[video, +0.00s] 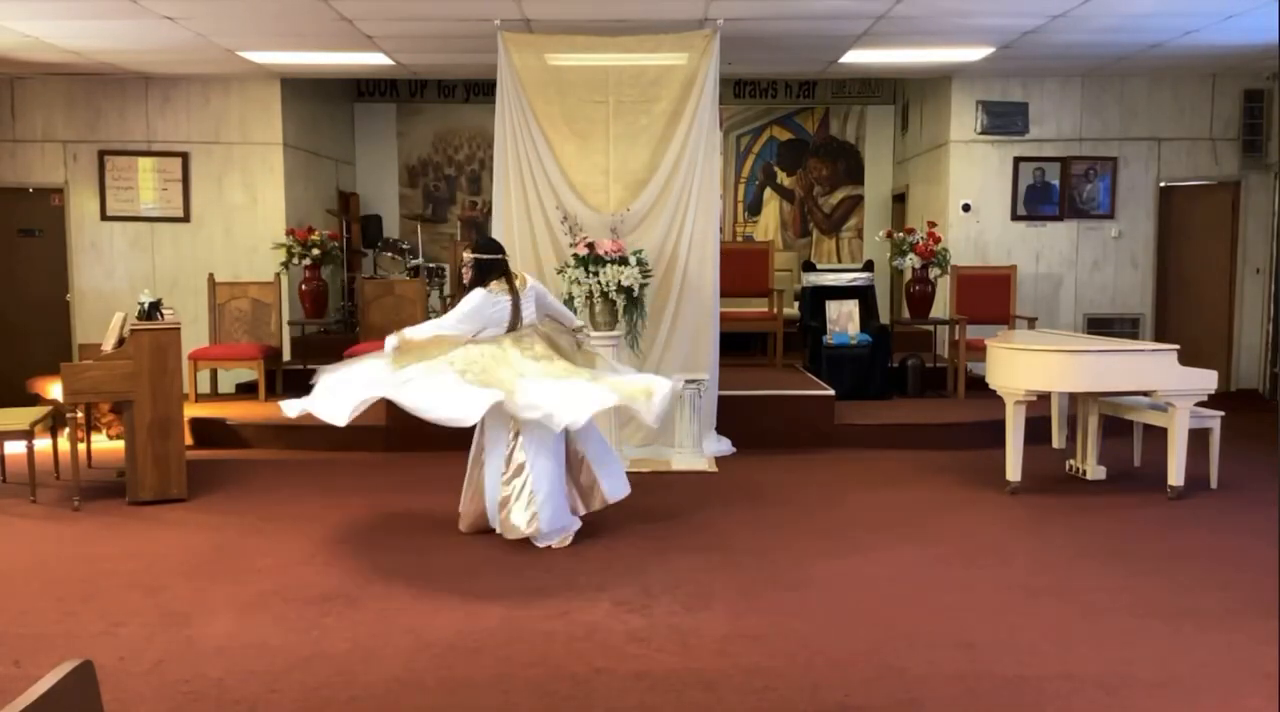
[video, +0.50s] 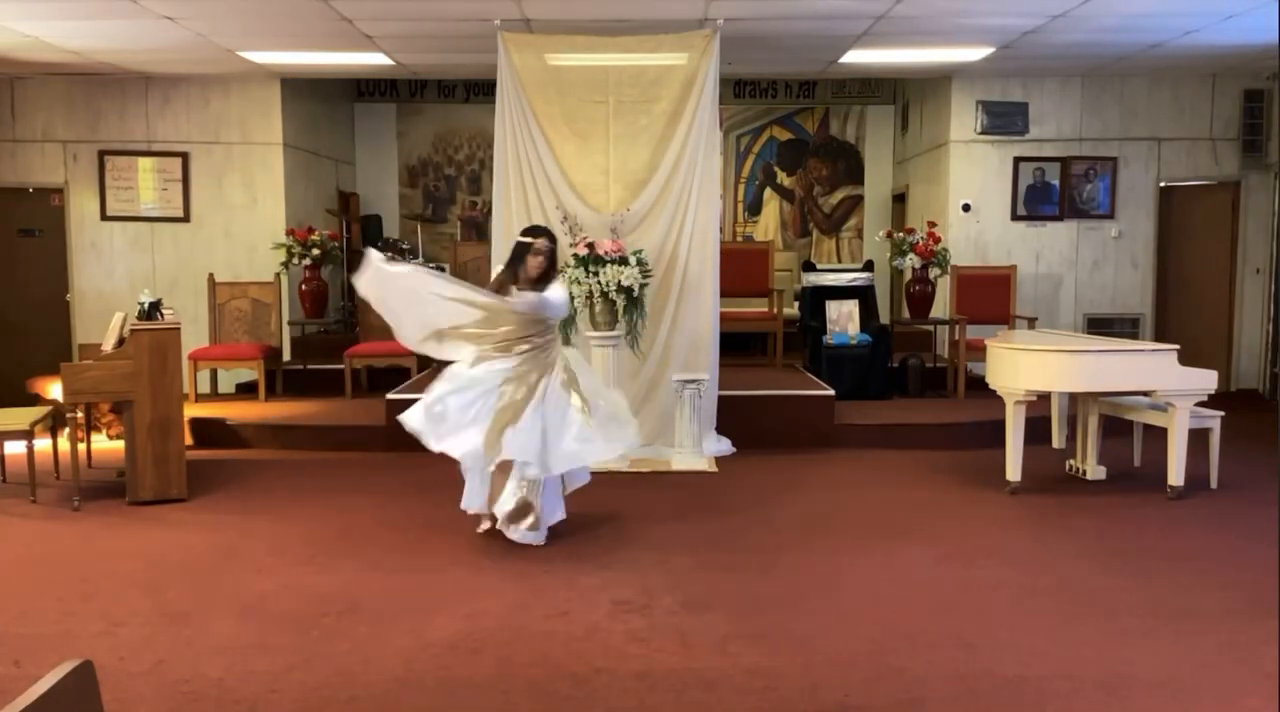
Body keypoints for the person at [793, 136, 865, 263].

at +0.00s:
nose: (817, 176)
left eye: (822, 169)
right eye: (813, 170)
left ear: (839, 166)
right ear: (808, 172)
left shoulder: (854, 193)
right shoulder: (818, 194)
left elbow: (828, 227)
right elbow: (800, 233)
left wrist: (808, 196)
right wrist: (799, 198)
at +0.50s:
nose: (817, 176)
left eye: (823, 169)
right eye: (813, 170)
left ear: (839, 166)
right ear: (808, 172)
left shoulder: (854, 193)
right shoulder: (818, 194)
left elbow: (828, 227)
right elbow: (800, 233)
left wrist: (808, 197)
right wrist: (799, 198)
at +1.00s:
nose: (817, 176)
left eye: (823, 169)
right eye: (813, 170)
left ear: (839, 166)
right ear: (808, 172)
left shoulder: (854, 193)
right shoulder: (818, 194)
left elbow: (828, 227)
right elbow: (800, 233)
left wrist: (808, 196)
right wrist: (799, 197)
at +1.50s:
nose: (815, 176)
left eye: (820, 170)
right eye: (812, 171)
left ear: (840, 166)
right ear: (808, 173)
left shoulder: (854, 193)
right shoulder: (820, 195)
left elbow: (828, 226)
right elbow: (799, 232)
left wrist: (808, 196)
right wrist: (799, 197)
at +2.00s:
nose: (815, 176)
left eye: (820, 170)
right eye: (812, 171)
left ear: (840, 166)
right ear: (808, 173)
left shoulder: (854, 193)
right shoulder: (820, 195)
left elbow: (828, 227)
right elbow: (799, 232)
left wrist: (808, 197)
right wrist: (799, 197)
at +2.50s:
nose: (815, 176)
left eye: (820, 170)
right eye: (812, 171)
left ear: (840, 166)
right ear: (808, 173)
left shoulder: (854, 193)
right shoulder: (820, 195)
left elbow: (828, 227)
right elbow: (799, 233)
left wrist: (808, 196)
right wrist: (798, 197)